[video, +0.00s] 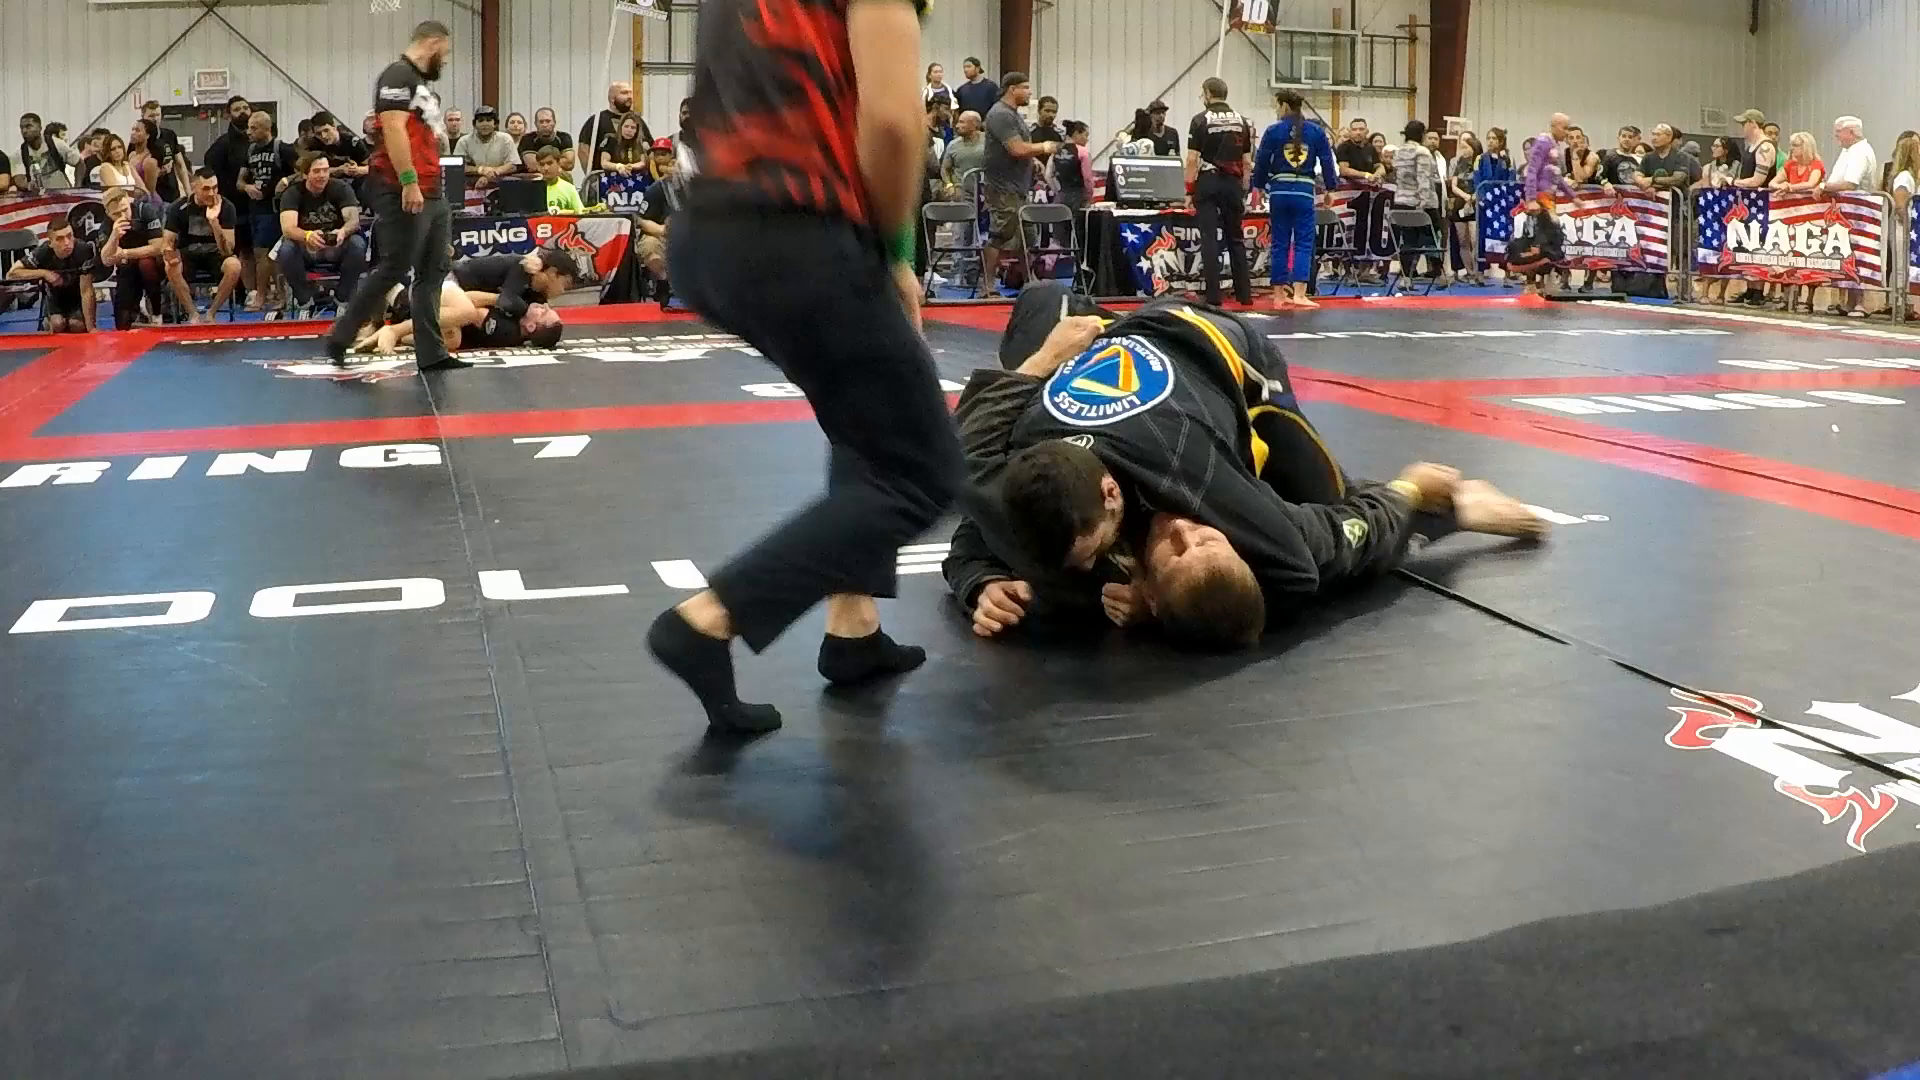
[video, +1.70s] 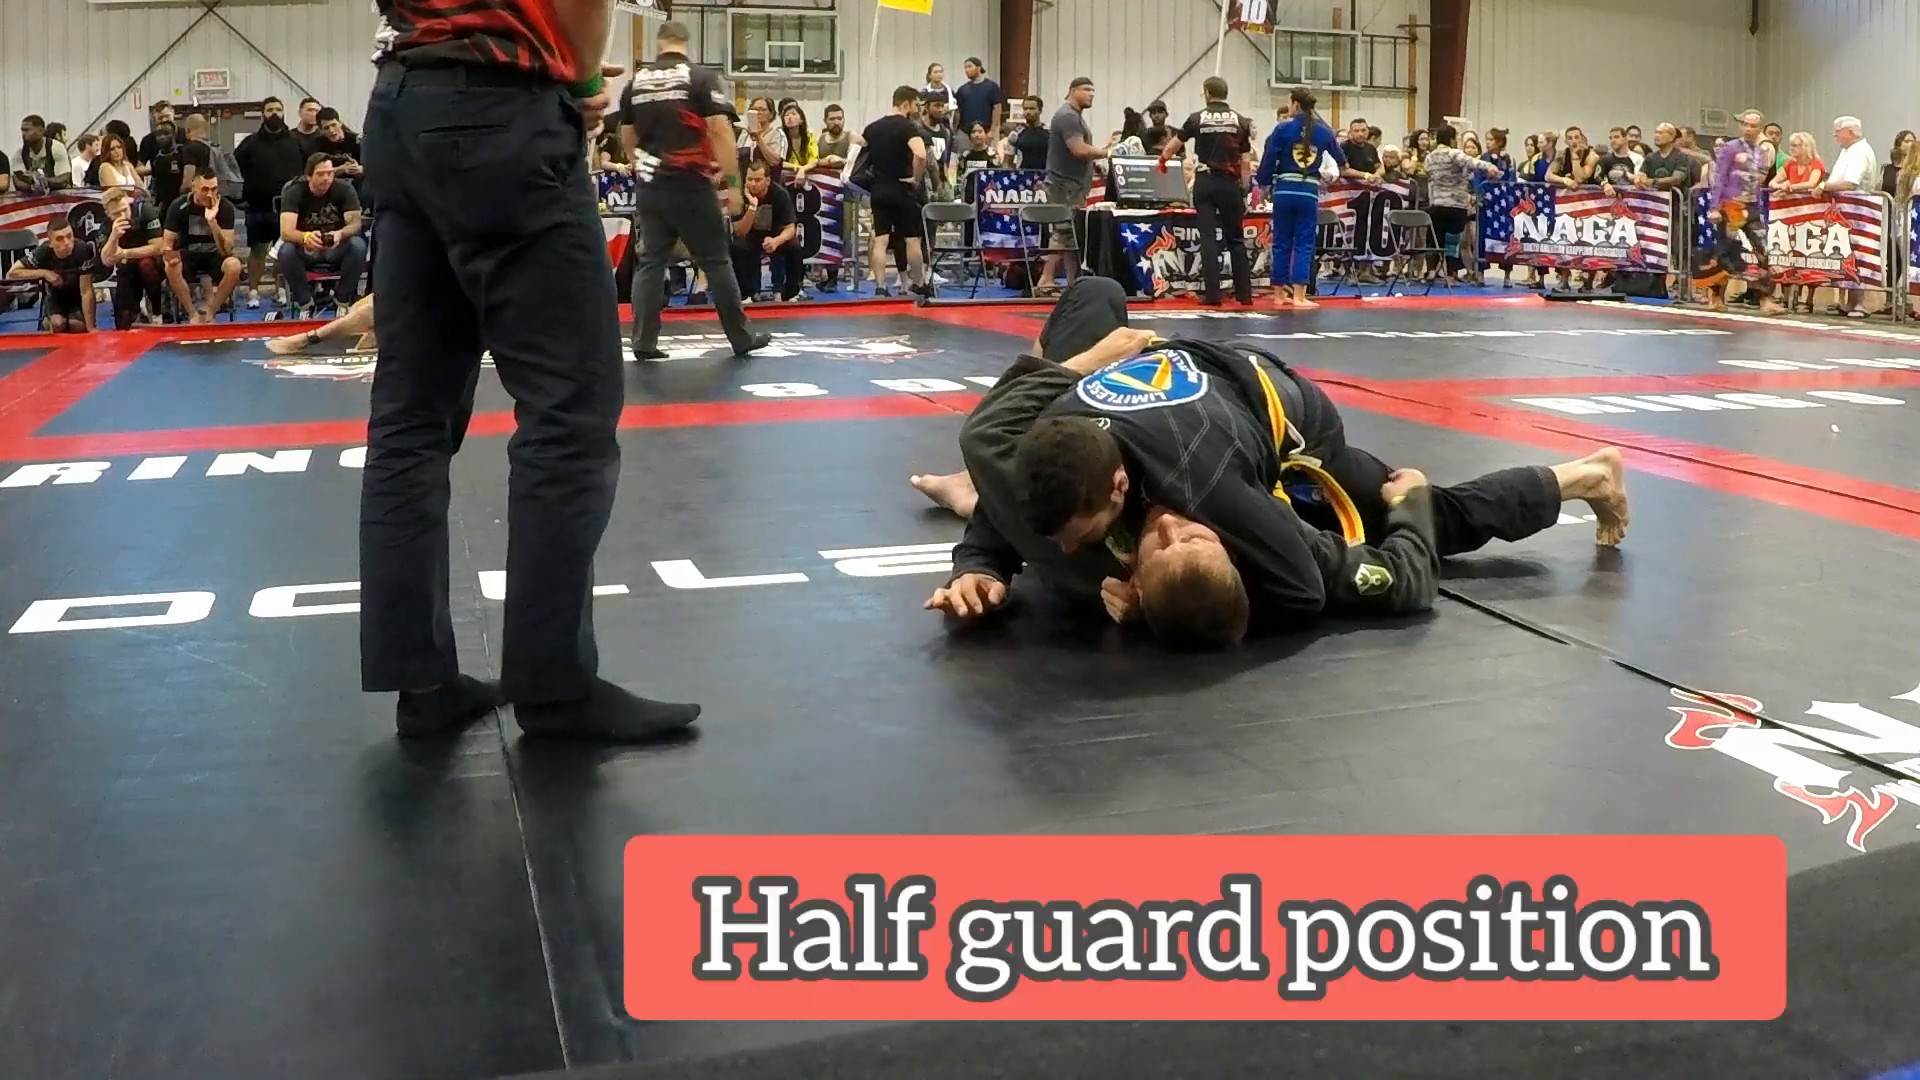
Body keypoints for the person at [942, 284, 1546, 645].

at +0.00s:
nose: (1089, 562)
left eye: (1097, 548)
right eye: (1069, 560)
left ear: (1112, 495)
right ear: (1019, 529)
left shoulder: (1183, 476)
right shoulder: (1001, 491)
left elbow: (1304, 565)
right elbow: (966, 551)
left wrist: (1153, 601)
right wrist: (977, 589)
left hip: (1218, 352)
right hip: (1112, 343)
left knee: (1328, 532)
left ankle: (1438, 495)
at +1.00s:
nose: (1091, 543)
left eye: (1100, 531)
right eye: (1072, 537)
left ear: (1129, 488)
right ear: (1027, 508)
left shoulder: (1203, 489)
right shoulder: (1004, 475)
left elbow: (1313, 582)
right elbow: (966, 554)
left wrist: (1166, 607)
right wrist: (983, 593)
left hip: (1255, 387)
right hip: (1141, 355)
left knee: (1392, 531)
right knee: (1063, 288)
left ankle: (1539, 469)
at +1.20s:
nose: (1090, 540)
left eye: (1100, 530)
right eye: (1070, 535)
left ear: (1125, 479)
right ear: (1024, 499)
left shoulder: (1200, 481)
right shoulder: (1012, 470)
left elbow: (1317, 590)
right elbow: (980, 549)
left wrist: (1148, 604)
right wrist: (985, 593)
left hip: (1277, 405)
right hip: (1170, 359)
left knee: (1422, 530)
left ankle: (1577, 472)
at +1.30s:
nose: (1093, 539)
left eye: (1101, 531)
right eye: (1067, 533)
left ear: (1121, 479)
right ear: (1022, 497)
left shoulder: (1202, 487)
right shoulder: (1015, 467)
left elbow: (1310, 594)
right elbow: (997, 551)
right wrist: (982, 582)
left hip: (1283, 403)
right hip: (1182, 356)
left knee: (1414, 531)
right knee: (1096, 284)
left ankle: (1587, 475)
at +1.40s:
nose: (1082, 539)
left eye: (1093, 530)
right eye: (1060, 533)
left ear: (1117, 478)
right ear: (1020, 490)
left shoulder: (1200, 487)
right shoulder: (1014, 457)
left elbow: (1307, 591)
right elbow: (999, 536)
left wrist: (1147, 601)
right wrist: (978, 576)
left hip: (1283, 407)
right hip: (1180, 355)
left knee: (1414, 532)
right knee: (1096, 285)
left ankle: (1588, 476)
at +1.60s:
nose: (1064, 543)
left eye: (1080, 536)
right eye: (1050, 536)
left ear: (1114, 487)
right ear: (1017, 485)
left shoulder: (1200, 489)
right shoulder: (1014, 454)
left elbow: (1306, 598)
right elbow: (995, 533)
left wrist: (1148, 603)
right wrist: (979, 571)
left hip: (1279, 406)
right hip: (1181, 357)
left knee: (1403, 513)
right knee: (1091, 290)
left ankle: (1588, 476)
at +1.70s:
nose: (1162, 536)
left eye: (1102, 541)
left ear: (1118, 500)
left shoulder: (1201, 494)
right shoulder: (1012, 460)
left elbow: (1306, 594)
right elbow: (996, 536)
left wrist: (1145, 605)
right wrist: (978, 574)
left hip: (1273, 403)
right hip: (1172, 356)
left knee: (1407, 518)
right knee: (1086, 292)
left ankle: (1583, 477)